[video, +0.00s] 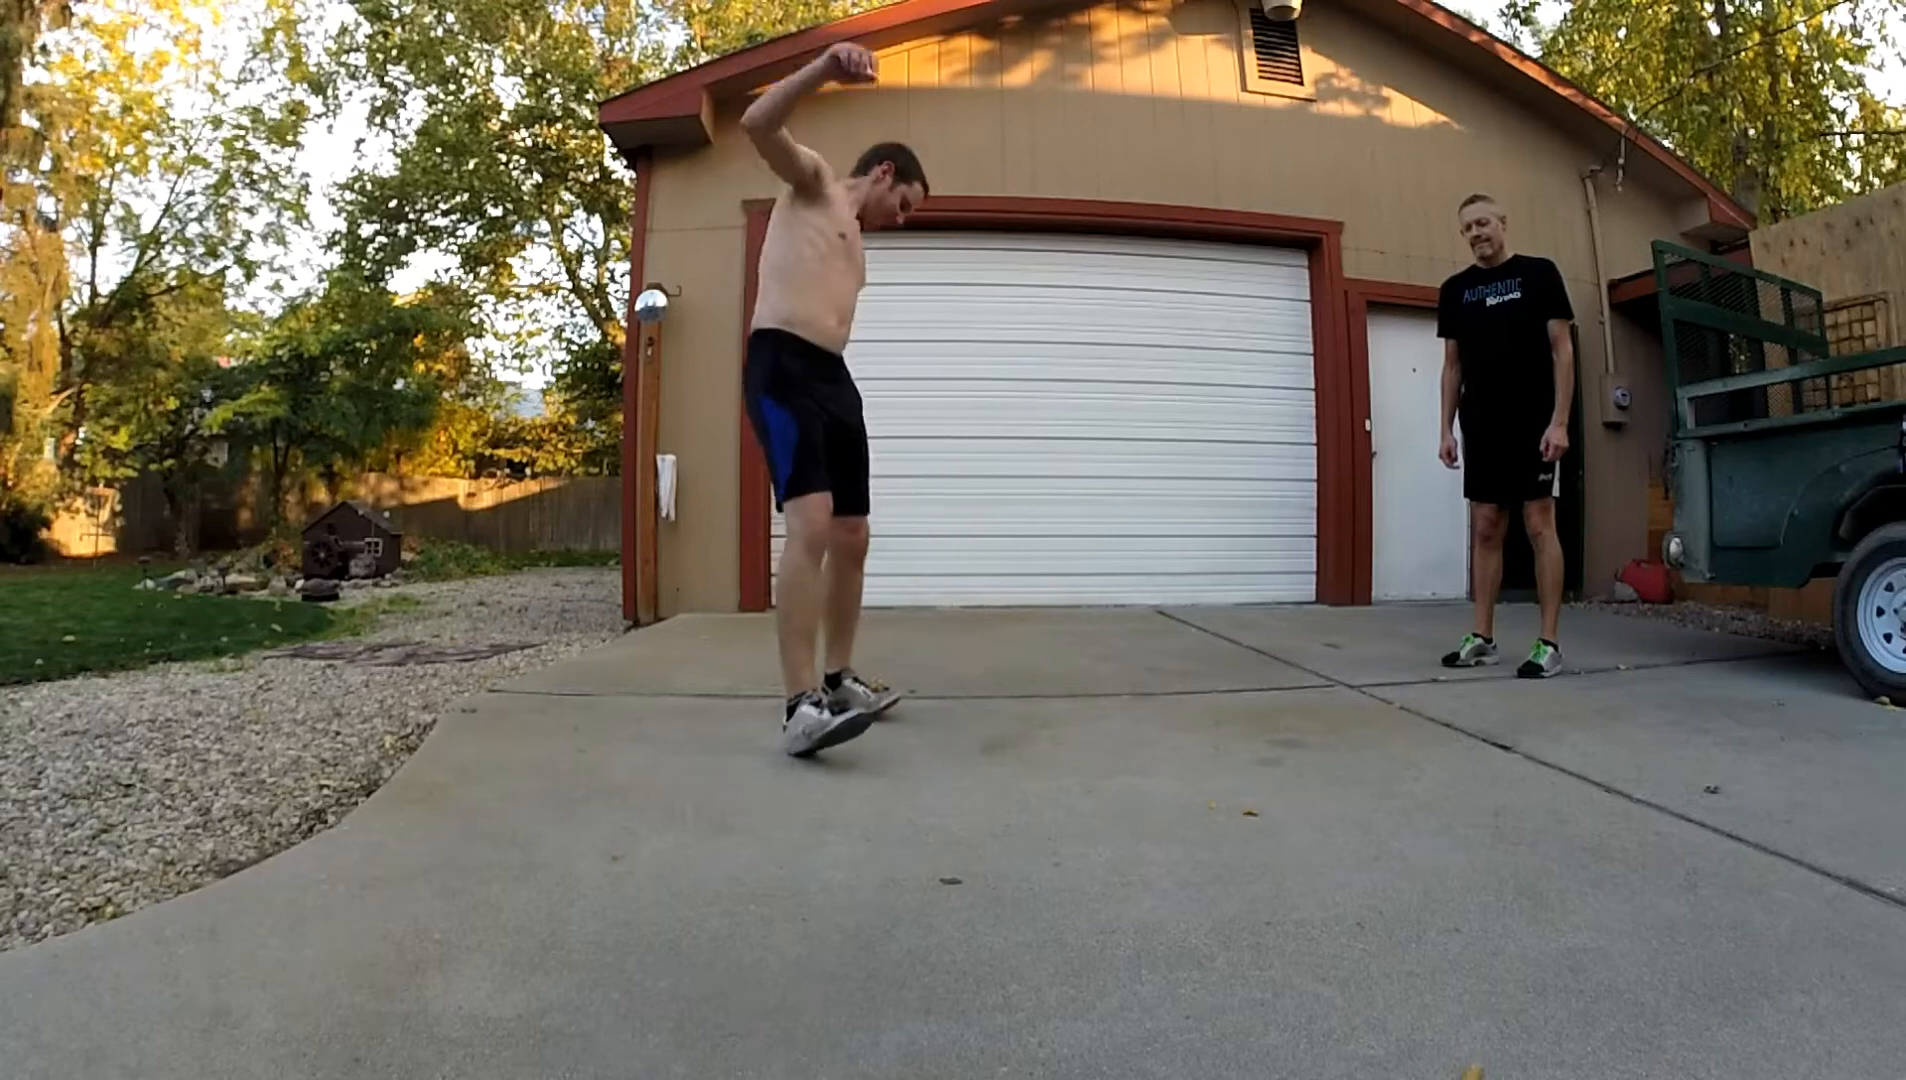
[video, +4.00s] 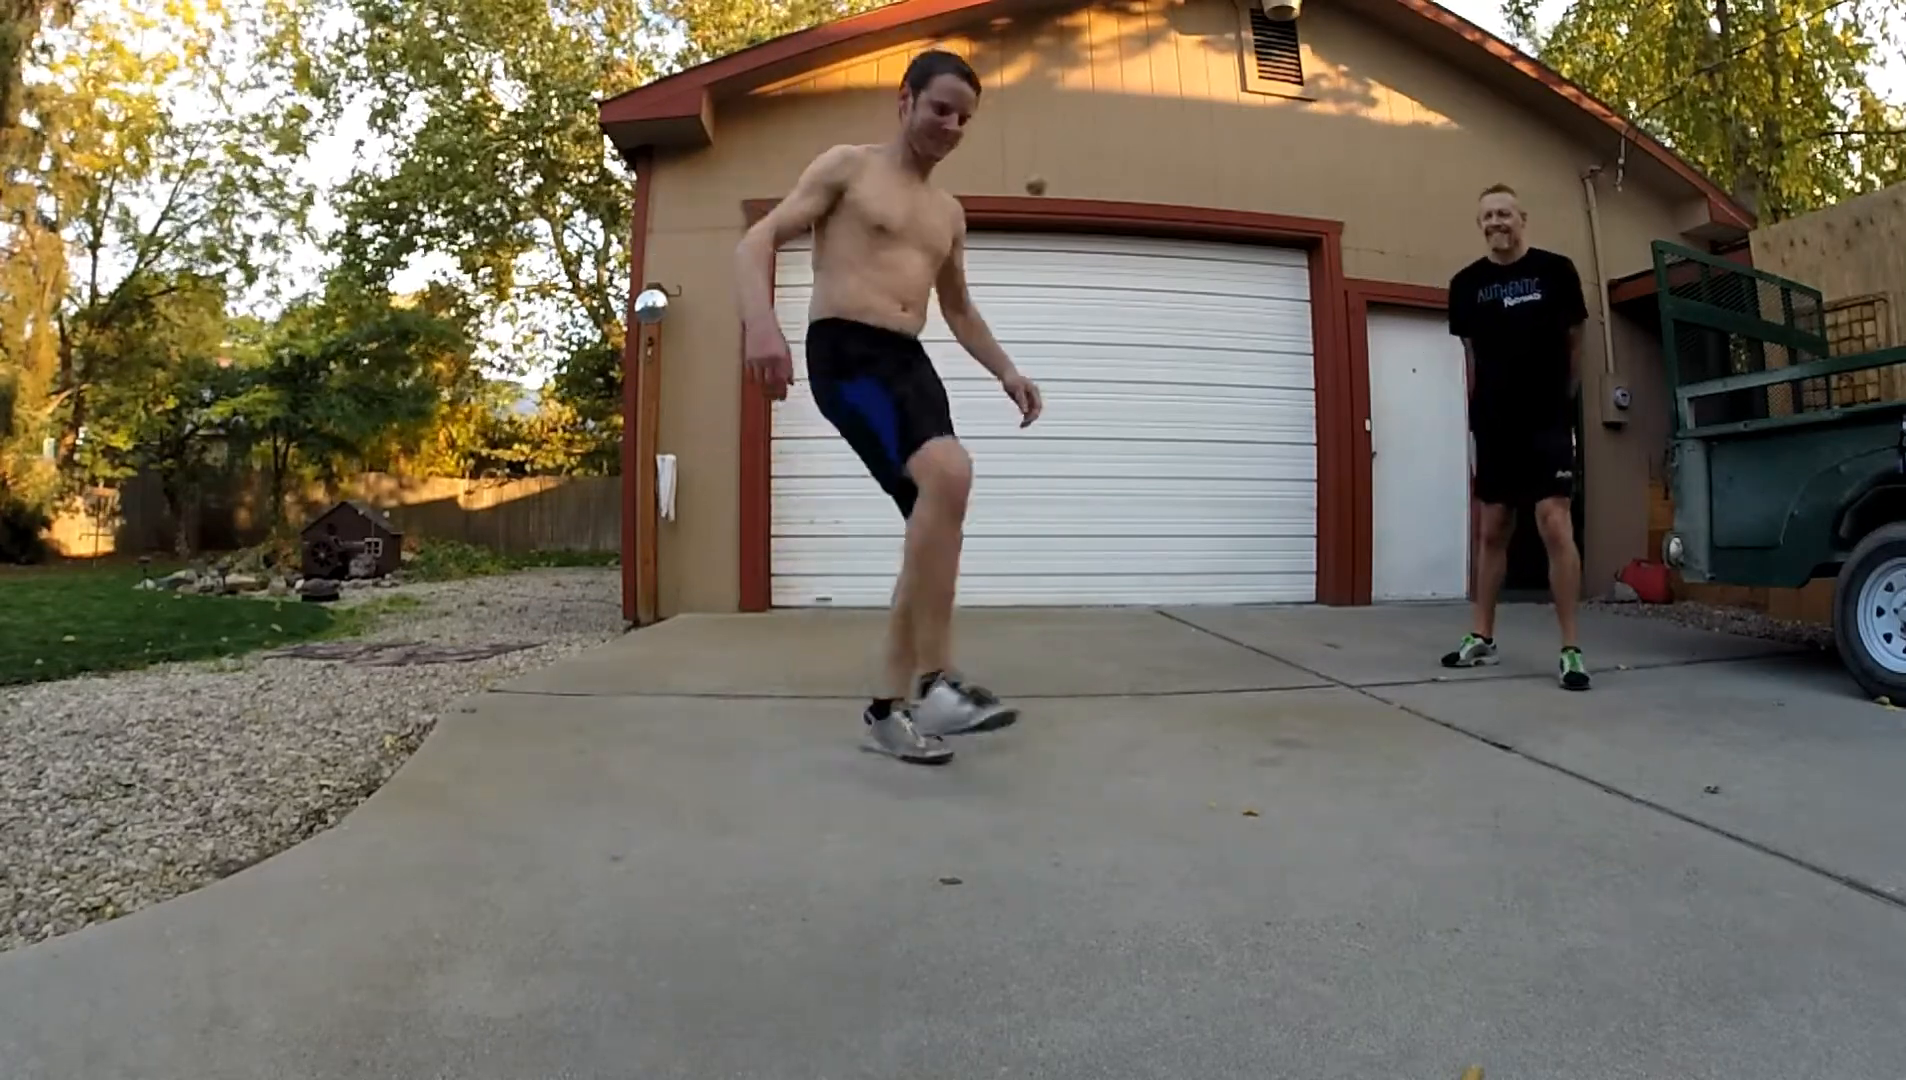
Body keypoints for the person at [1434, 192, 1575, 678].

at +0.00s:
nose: (1477, 232)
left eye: (1483, 223)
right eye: (1469, 227)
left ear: (1503, 224)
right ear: (1462, 236)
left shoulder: (1539, 273)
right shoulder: (1455, 290)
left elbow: (1563, 350)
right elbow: (1452, 363)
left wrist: (1559, 422)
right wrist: (1447, 429)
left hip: (1535, 421)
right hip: (1483, 424)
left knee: (1539, 527)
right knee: (1485, 528)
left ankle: (1548, 642)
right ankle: (1482, 636)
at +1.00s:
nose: (1476, 232)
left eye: (1482, 223)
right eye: (1468, 227)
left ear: (1502, 224)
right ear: (1461, 236)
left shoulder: (1539, 273)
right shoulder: (1454, 290)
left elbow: (1562, 350)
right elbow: (1452, 364)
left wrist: (1558, 422)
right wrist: (1446, 429)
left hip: (1534, 420)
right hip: (1482, 423)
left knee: (1539, 527)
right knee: (1485, 529)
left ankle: (1549, 642)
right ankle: (1482, 636)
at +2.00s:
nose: (1477, 233)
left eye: (1483, 223)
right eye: (1469, 228)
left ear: (1503, 225)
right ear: (1462, 237)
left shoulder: (1539, 273)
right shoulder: (1455, 290)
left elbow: (1563, 351)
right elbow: (1452, 364)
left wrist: (1558, 422)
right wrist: (1445, 427)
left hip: (1534, 420)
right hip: (1482, 423)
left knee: (1539, 527)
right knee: (1485, 529)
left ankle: (1549, 642)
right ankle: (1482, 636)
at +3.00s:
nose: (1459, 233)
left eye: (1465, 224)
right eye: (1451, 229)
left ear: (1487, 228)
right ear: (1446, 239)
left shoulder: (1524, 274)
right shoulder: (1442, 294)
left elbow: (1556, 346)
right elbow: (1440, 366)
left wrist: (1555, 417)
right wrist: (1433, 429)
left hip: (1524, 421)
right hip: (1473, 424)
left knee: (1531, 526)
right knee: (1482, 531)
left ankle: (1547, 642)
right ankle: (1481, 637)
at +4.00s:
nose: (1496, 222)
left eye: (1504, 214)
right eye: (1488, 216)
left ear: (1523, 221)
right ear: (1478, 226)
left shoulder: (1556, 270)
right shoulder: (1466, 283)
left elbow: (1574, 341)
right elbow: (1472, 354)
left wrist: (1564, 392)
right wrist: (1480, 404)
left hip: (1548, 414)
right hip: (1495, 416)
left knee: (1555, 526)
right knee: (1491, 530)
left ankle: (1570, 648)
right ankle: (1481, 636)